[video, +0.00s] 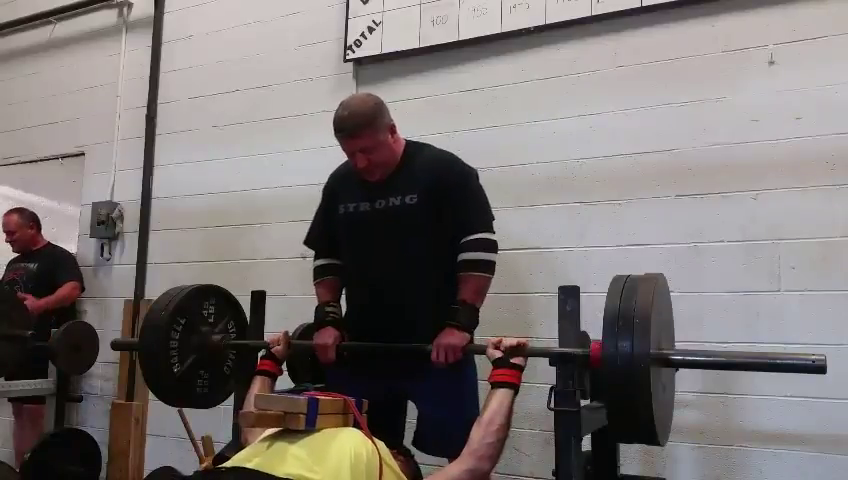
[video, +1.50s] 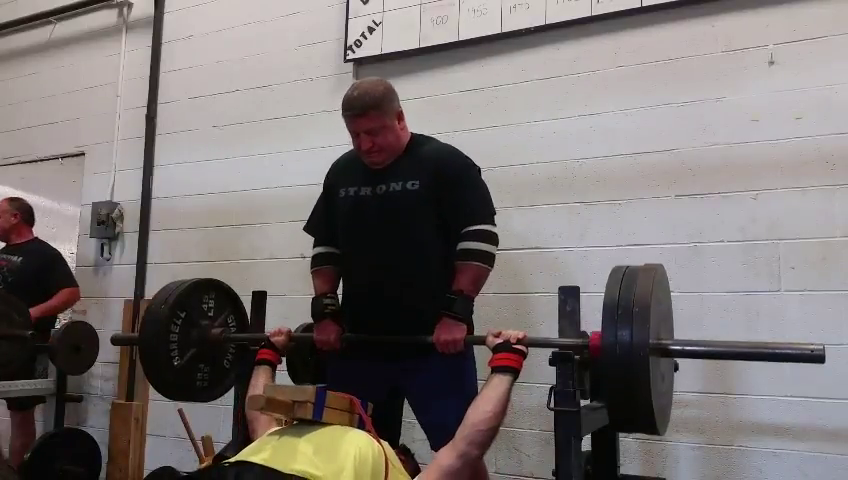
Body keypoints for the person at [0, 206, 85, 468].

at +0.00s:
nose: (7, 238)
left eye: (11, 232)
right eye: (5, 233)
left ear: (32, 229)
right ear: (24, 231)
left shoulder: (60, 256)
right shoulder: (13, 263)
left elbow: (74, 289)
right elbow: (6, 296)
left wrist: (40, 304)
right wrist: (10, 307)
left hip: (40, 346)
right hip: (14, 345)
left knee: (33, 410)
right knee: (18, 410)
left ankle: (33, 471)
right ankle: (20, 470)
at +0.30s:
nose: (4, 230)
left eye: (10, 225)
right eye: (5, 225)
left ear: (31, 228)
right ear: (25, 229)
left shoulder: (59, 256)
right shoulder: (13, 261)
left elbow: (77, 294)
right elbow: (8, 297)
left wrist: (47, 318)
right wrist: (11, 318)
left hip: (39, 345)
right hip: (14, 344)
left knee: (34, 410)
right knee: (18, 410)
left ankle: (34, 471)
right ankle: (20, 470)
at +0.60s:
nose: (2, 225)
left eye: (8, 220)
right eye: (3, 220)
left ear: (28, 225)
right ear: (23, 226)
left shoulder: (56, 254)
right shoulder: (12, 259)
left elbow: (78, 290)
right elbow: (10, 299)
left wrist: (55, 329)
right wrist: (7, 332)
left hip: (39, 345)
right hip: (13, 344)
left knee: (34, 411)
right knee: (17, 411)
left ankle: (33, 472)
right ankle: (19, 470)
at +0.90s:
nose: (5, 220)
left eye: (12, 216)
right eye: (7, 215)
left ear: (32, 223)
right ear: (25, 224)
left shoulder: (56, 254)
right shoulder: (11, 258)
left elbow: (79, 295)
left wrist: (71, 336)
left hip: (38, 342)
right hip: (11, 340)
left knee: (19, 404)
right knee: (15, 404)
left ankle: (25, 467)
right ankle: (20, 467)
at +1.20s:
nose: (7, 218)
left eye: (14, 214)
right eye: (9, 213)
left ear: (34, 221)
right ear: (28, 222)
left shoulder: (53, 255)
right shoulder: (8, 255)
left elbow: (80, 295)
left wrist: (60, 333)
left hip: (29, 344)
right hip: (6, 341)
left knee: (17, 412)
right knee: (10, 411)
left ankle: (17, 472)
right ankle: (17, 471)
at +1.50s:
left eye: (2, 216)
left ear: (16, 219)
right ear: (17, 219)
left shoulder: (45, 253)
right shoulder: (5, 252)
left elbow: (72, 292)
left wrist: (32, 313)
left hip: (26, 344)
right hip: (5, 341)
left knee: (20, 412)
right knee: (18, 411)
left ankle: (15, 470)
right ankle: (14, 469)